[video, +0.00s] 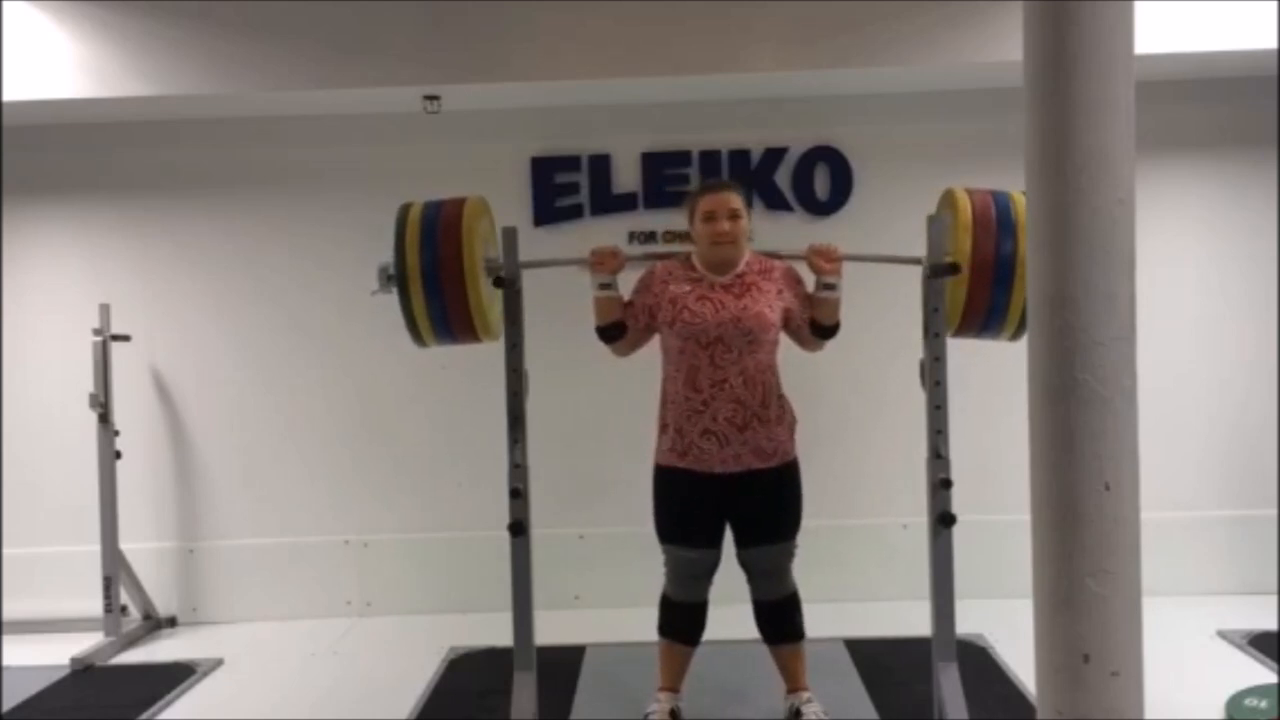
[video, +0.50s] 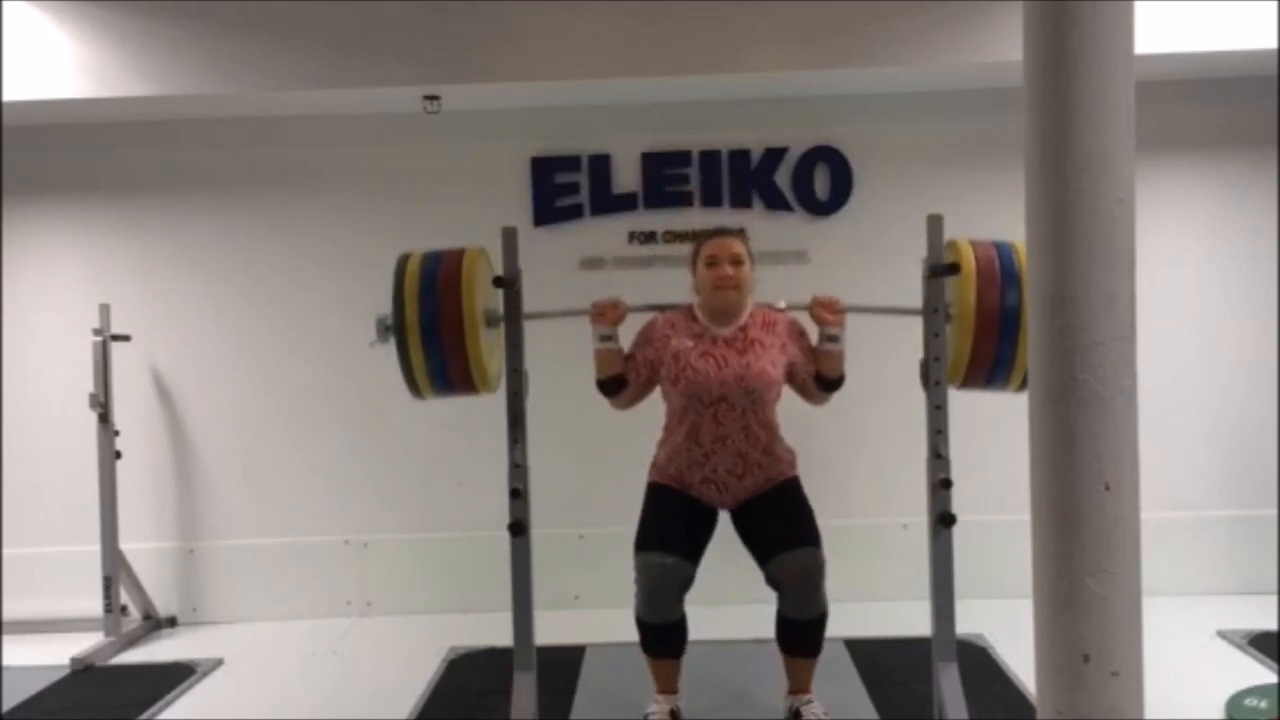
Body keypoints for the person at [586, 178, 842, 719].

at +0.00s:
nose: (723, 226)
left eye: (733, 216)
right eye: (710, 217)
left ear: (748, 224)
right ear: (691, 227)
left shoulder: (774, 277)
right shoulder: (664, 280)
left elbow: (815, 338)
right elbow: (619, 342)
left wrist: (828, 283)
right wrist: (605, 282)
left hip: (764, 459)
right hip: (688, 461)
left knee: (773, 581)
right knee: (685, 583)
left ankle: (800, 696)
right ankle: (666, 698)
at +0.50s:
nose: (725, 271)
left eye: (735, 262)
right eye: (712, 263)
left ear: (751, 273)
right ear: (694, 277)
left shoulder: (778, 329)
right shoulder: (665, 331)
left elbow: (819, 390)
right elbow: (620, 394)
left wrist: (831, 333)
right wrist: (605, 335)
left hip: (764, 474)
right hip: (682, 477)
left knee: (803, 575)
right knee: (657, 582)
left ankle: (802, 699)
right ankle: (665, 702)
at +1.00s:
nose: (733, 390)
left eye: (743, 380)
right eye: (720, 381)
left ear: (758, 392)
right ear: (701, 393)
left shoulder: (787, 442)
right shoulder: (673, 444)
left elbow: (830, 505)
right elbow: (628, 508)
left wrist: (842, 450)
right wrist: (613, 449)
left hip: (772, 568)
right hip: (689, 569)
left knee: (824, 613)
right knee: (648, 618)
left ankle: (801, 704)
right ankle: (667, 706)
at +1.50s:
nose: (733, 384)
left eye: (744, 375)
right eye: (720, 376)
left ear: (759, 387)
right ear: (700, 388)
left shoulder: (788, 435)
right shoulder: (671, 436)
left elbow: (832, 493)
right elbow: (628, 497)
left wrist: (843, 440)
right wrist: (612, 442)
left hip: (772, 555)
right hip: (689, 558)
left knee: (818, 603)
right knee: (652, 610)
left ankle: (799, 703)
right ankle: (668, 704)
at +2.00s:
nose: (731, 271)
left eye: (742, 264)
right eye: (719, 264)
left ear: (758, 279)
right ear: (700, 280)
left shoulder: (786, 333)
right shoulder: (671, 334)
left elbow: (827, 397)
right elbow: (626, 400)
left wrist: (840, 341)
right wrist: (610, 341)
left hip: (770, 478)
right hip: (686, 480)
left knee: (803, 579)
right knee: (660, 584)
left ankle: (800, 700)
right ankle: (665, 702)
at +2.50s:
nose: (728, 245)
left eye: (739, 237)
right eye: (716, 238)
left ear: (756, 252)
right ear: (698, 254)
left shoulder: (784, 307)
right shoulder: (671, 309)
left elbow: (825, 370)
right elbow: (625, 373)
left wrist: (837, 315)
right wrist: (610, 313)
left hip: (768, 464)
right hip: (686, 466)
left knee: (798, 577)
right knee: (665, 581)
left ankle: (801, 698)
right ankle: (665, 701)